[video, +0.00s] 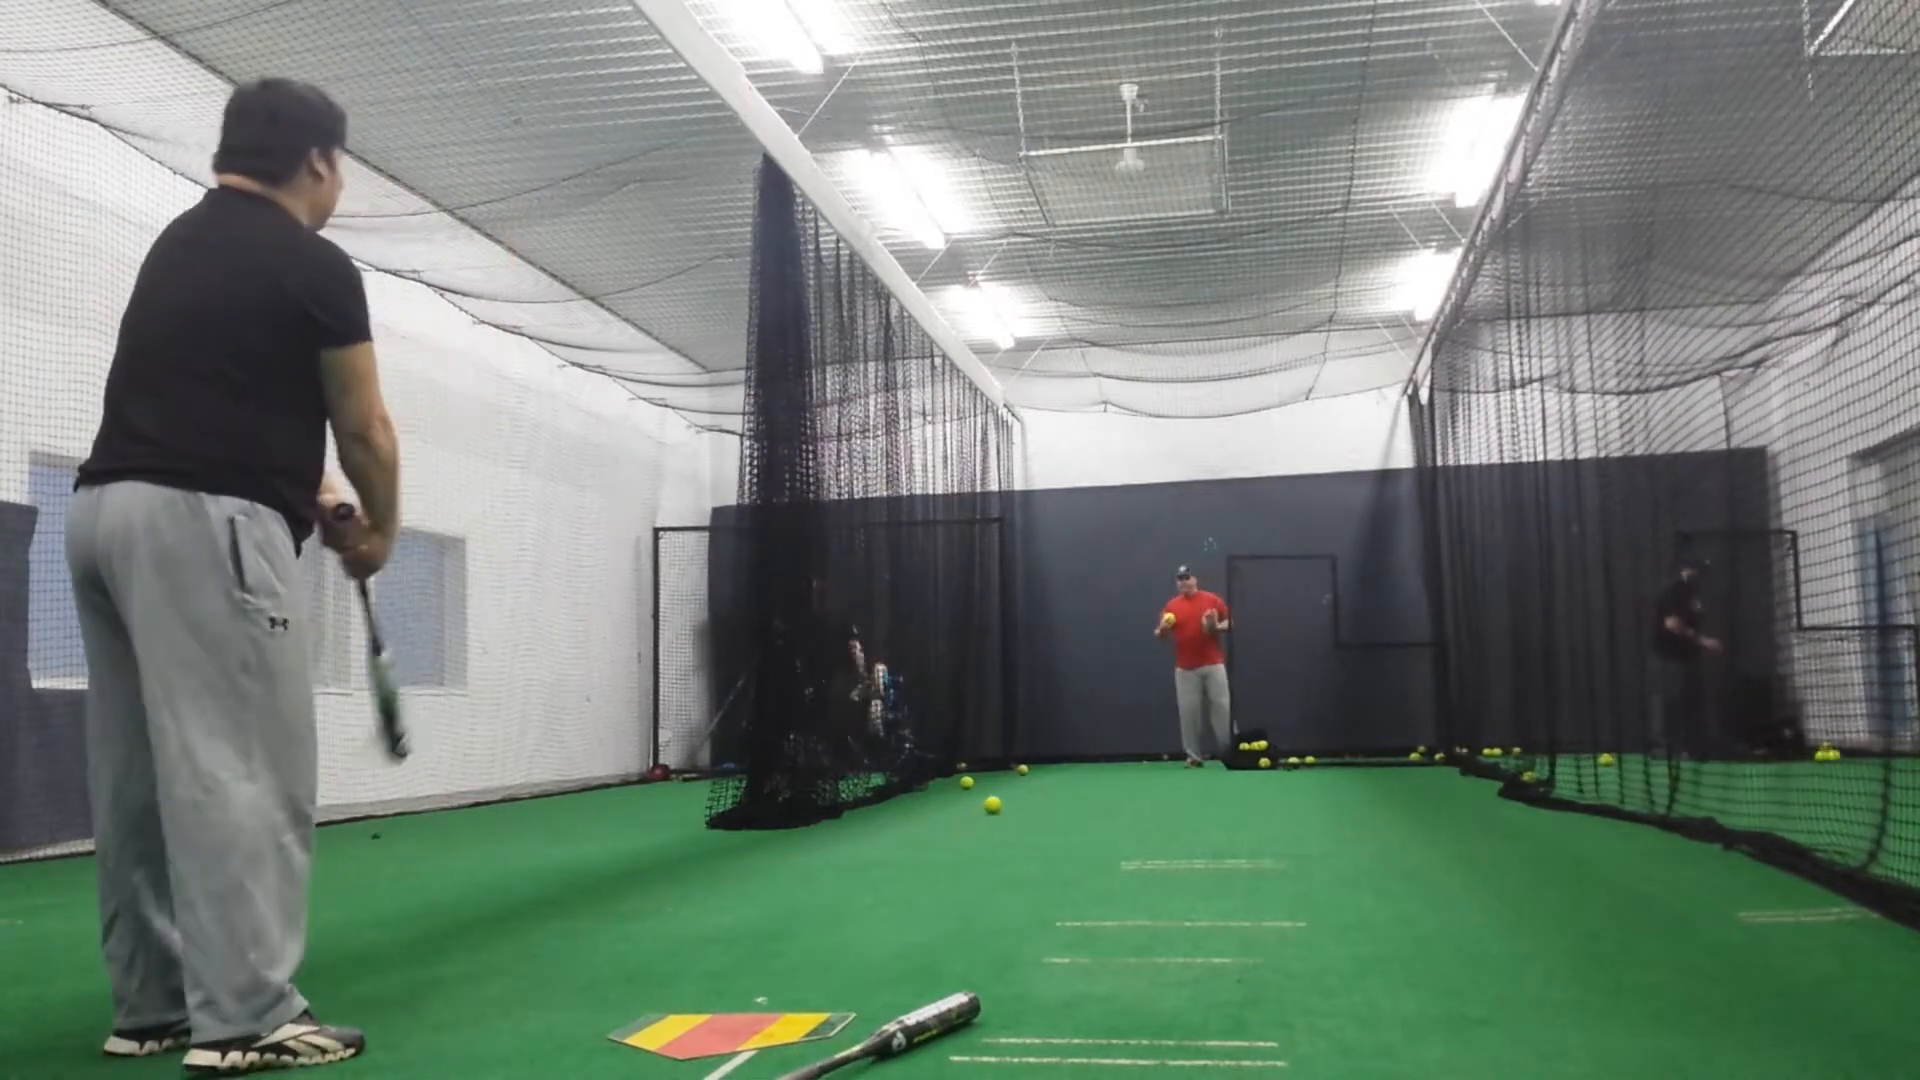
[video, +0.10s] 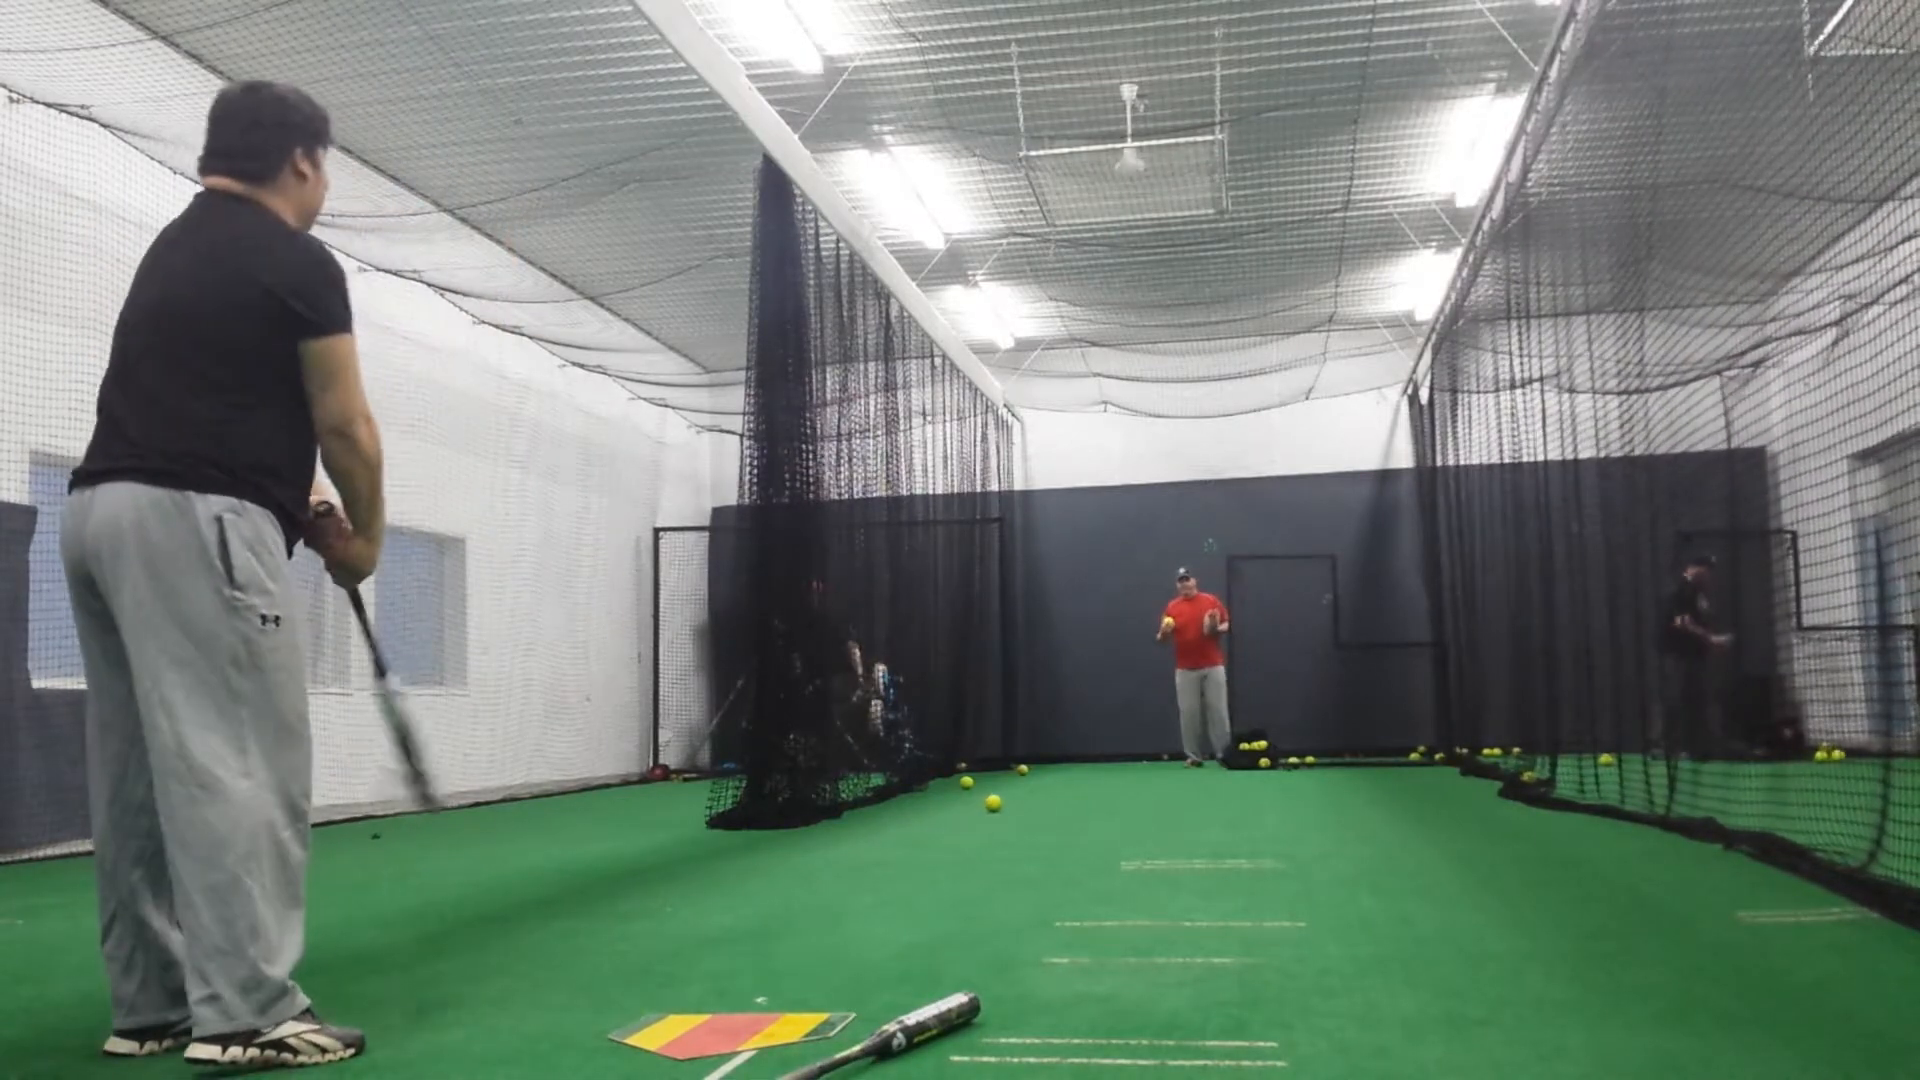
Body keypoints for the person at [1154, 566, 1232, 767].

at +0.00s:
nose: (1184, 582)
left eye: (1187, 578)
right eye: (1180, 579)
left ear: (1195, 580)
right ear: (1176, 583)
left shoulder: (1211, 600)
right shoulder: (1171, 606)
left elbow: (1228, 621)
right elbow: (1159, 635)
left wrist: (1216, 626)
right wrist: (1164, 627)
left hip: (1212, 662)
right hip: (1186, 666)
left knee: (1221, 707)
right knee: (1188, 710)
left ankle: (1227, 752)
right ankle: (1193, 755)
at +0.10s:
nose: (1184, 584)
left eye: (1187, 579)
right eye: (1180, 581)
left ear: (1194, 581)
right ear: (1176, 585)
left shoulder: (1210, 601)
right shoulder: (1173, 607)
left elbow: (1225, 623)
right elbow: (1162, 639)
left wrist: (1215, 627)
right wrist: (1165, 630)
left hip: (1212, 664)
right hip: (1186, 667)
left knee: (1218, 709)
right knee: (1188, 712)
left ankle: (1223, 753)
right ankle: (1193, 755)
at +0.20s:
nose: (1188, 583)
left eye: (1191, 579)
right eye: (1184, 580)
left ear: (1197, 582)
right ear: (1180, 584)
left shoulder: (1212, 603)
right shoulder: (1173, 607)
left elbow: (1226, 626)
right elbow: (1163, 638)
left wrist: (1217, 628)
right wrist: (1169, 630)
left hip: (1213, 665)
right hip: (1187, 667)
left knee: (1220, 709)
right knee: (1189, 712)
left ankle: (1223, 752)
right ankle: (1193, 755)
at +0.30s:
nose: (1192, 582)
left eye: (1195, 578)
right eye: (1188, 579)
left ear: (1201, 581)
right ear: (1183, 583)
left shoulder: (1213, 603)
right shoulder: (1175, 606)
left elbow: (1227, 627)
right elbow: (1159, 633)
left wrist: (1218, 627)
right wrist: (1170, 627)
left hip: (1215, 665)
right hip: (1188, 667)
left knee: (1222, 711)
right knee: (1190, 713)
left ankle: (1231, 752)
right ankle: (1193, 755)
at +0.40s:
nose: (1196, 581)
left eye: (1198, 577)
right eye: (1192, 578)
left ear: (1204, 580)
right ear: (1187, 582)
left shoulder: (1216, 601)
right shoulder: (1178, 604)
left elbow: (1227, 628)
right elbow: (1159, 629)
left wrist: (1222, 622)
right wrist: (1172, 623)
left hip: (1215, 663)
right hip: (1188, 665)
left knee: (1226, 706)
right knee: (1189, 711)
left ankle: (1242, 747)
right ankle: (1193, 755)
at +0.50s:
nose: (1199, 582)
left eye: (1202, 578)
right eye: (1196, 579)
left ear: (1208, 581)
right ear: (1191, 583)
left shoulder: (1222, 602)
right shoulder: (1182, 605)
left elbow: (1238, 626)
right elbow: (1164, 631)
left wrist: (1227, 626)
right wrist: (1175, 625)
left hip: (1217, 664)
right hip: (1191, 665)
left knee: (1223, 707)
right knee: (1191, 710)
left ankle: (1232, 751)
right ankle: (1193, 754)